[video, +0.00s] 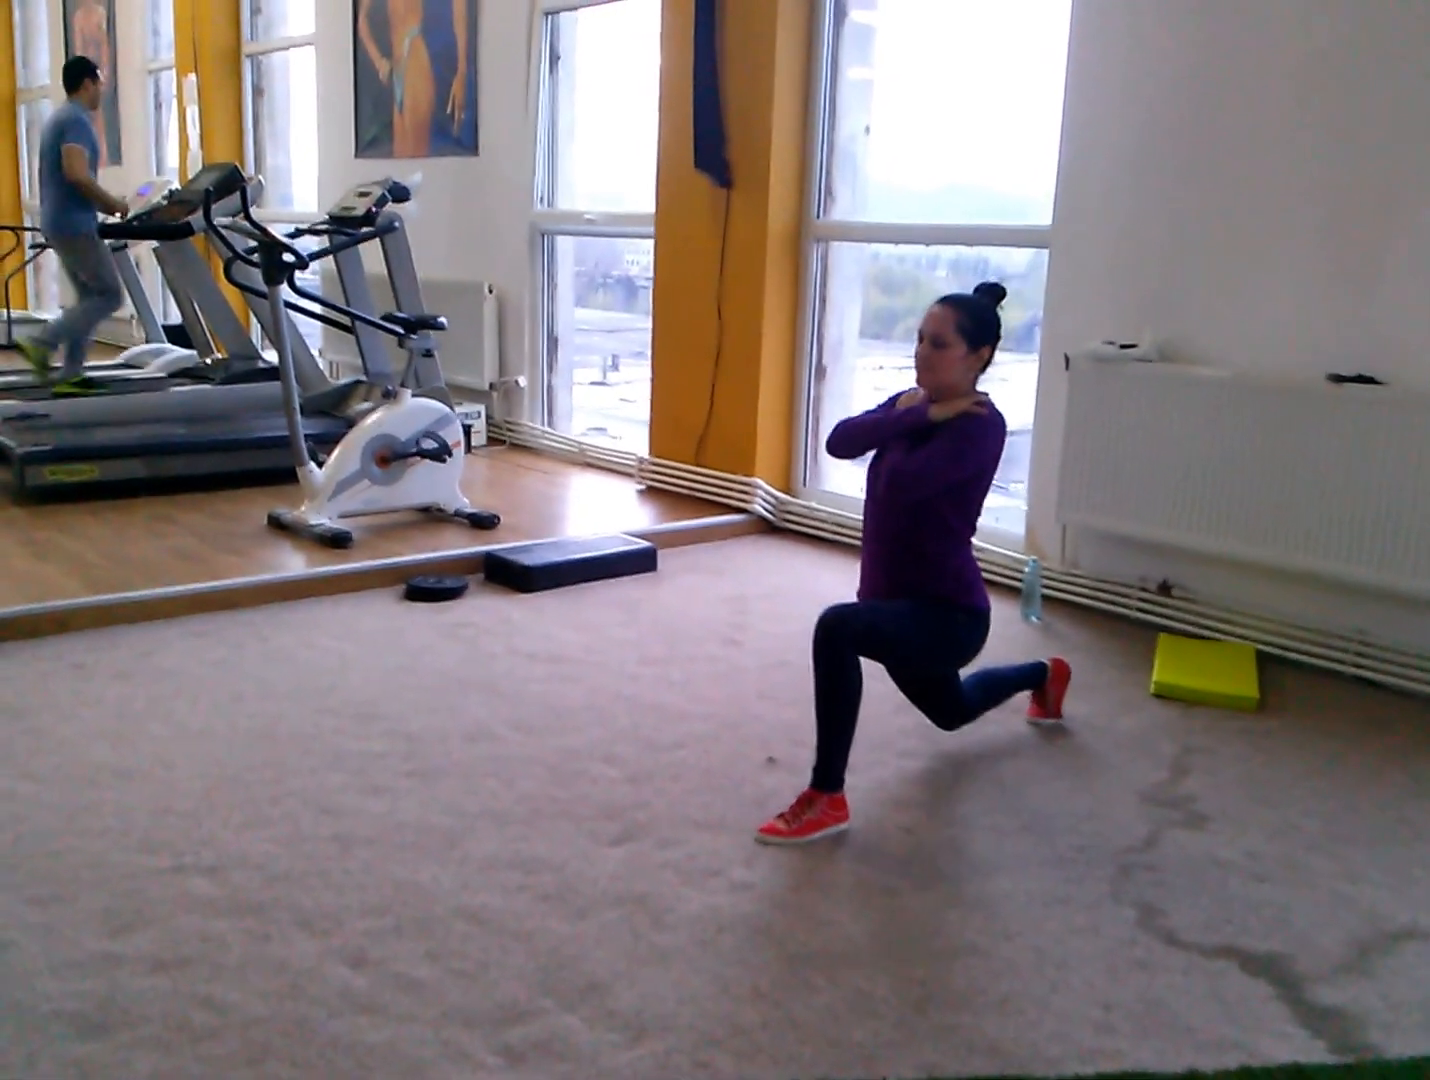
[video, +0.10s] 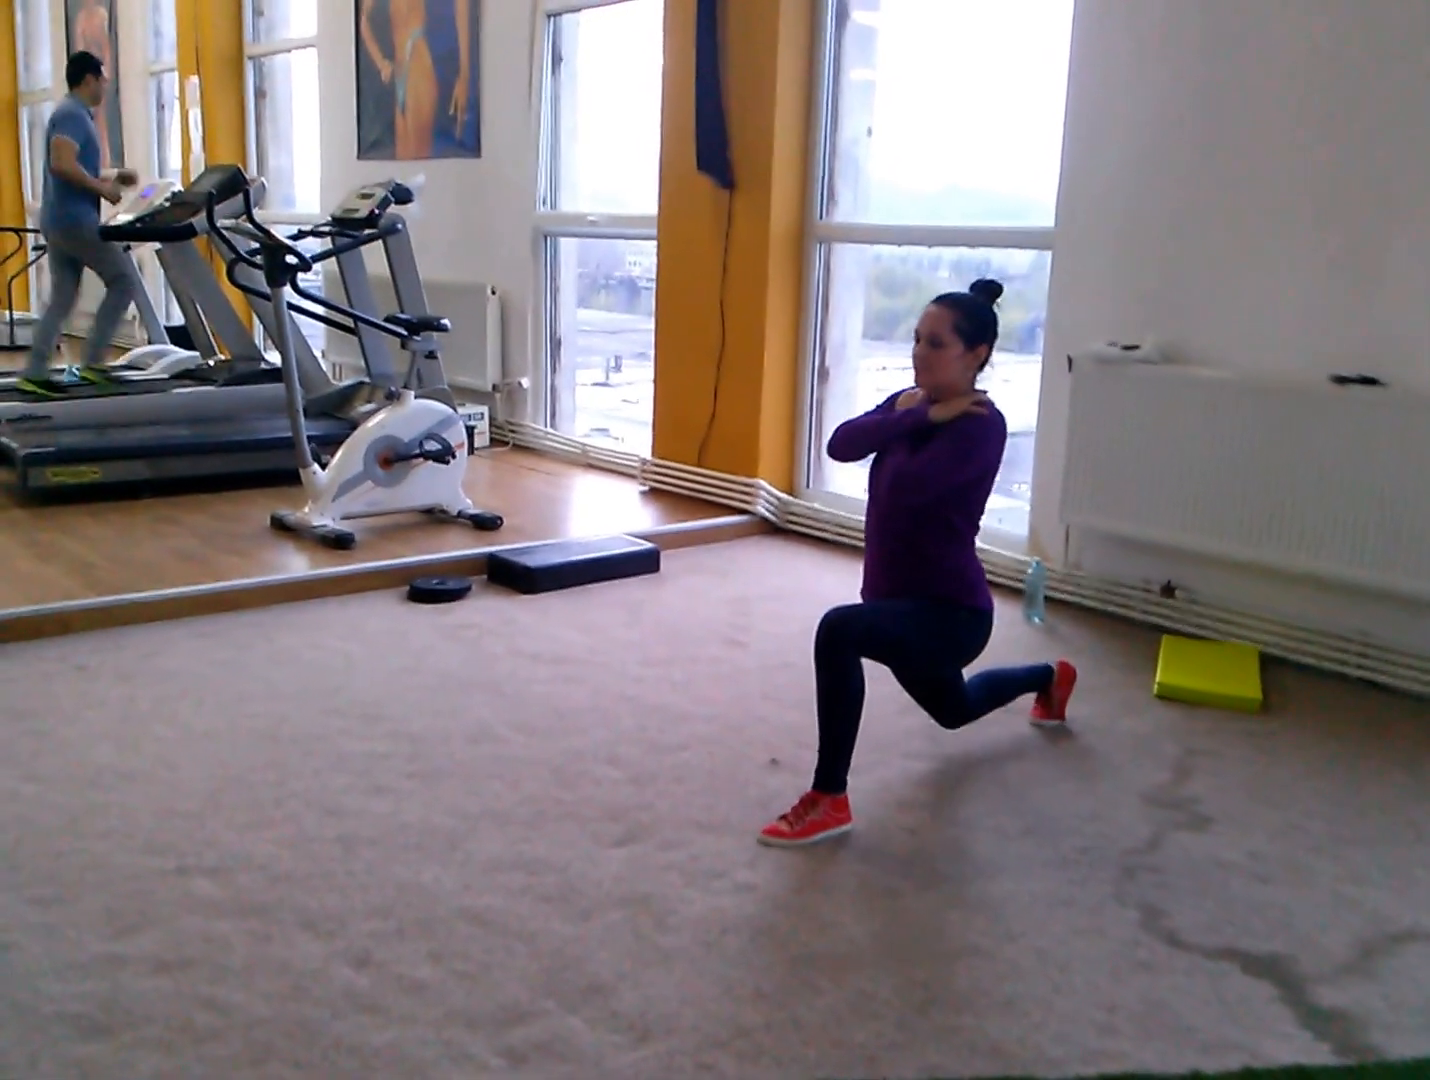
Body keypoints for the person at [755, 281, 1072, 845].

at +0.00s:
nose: (920, 353)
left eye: (937, 344)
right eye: (919, 340)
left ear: (979, 359)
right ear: (914, 342)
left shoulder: (982, 428)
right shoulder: (908, 404)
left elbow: (902, 485)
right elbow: (838, 443)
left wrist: (897, 425)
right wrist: (914, 412)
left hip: (949, 617)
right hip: (889, 608)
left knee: (837, 628)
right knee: (950, 709)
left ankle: (826, 795)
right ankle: (1044, 674)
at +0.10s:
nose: (918, 354)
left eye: (935, 344)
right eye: (916, 340)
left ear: (977, 357)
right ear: (912, 342)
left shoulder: (983, 428)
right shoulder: (905, 403)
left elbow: (906, 490)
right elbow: (840, 445)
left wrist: (900, 425)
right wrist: (918, 412)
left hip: (951, 616)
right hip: (891, 608)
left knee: (838, 631)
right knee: (953, 708)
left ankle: (828, 797)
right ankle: (1050, 676)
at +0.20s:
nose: (909, 346)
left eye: (925, 336)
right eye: (906, 333)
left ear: (966, 348)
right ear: (902, 338)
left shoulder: (971, 420)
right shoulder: (897, 395)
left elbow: (897, 485)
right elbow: (832, 445)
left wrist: (897, 418)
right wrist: (914, 408)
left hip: (955, 609)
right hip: (900, 603)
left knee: (839, 632)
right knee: (959, 703)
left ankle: (831, 798)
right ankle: (1058, 680)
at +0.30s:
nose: (881, 338)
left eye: (898, 328)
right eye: (879, 323)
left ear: (942, 337)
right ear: (875, 325)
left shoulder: (947, 407)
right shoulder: (871, 387)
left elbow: (881, 478)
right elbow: (807, 438)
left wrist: (863, 406)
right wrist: (880, 398)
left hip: (962, 596)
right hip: (910, 593)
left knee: (843, 636)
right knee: (970, 687)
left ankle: (832, 799)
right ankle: (1065, 683)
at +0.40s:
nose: (851, 316)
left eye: (866, 304)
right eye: (848, 302)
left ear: (907, 315)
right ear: (842, 309)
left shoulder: (913, 384)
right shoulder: (843, 372)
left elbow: (847, 470)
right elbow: (774, 430)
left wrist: (838, 391)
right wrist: (842, 382)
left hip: (956, 574)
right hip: (912, 571)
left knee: (835, 638)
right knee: (970, 655)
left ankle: (834, 802)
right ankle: (1053, 685)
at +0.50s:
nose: (814, 283)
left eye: (830, 270)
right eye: (812, 267)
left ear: (872, 280)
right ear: (809, 271)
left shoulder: (887, 354)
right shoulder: (810, 346)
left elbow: (838, 452)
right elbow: (750, 419)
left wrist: (806, 377)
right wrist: (801, 364)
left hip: (947, 544)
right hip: (902, 544)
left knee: (828, 642)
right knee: (954, 639)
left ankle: (837, 803)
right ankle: (1029, 679)